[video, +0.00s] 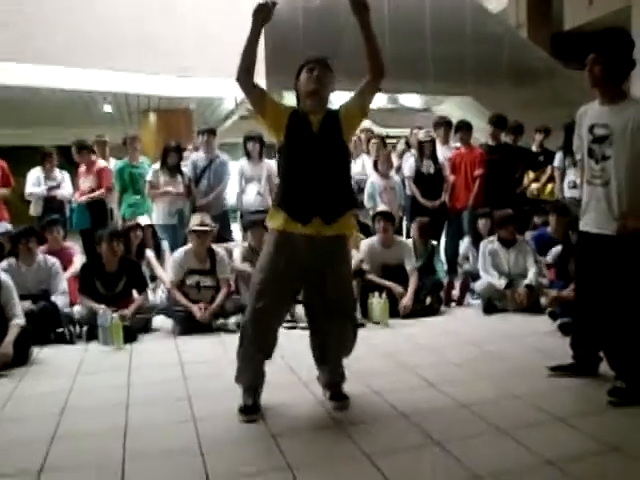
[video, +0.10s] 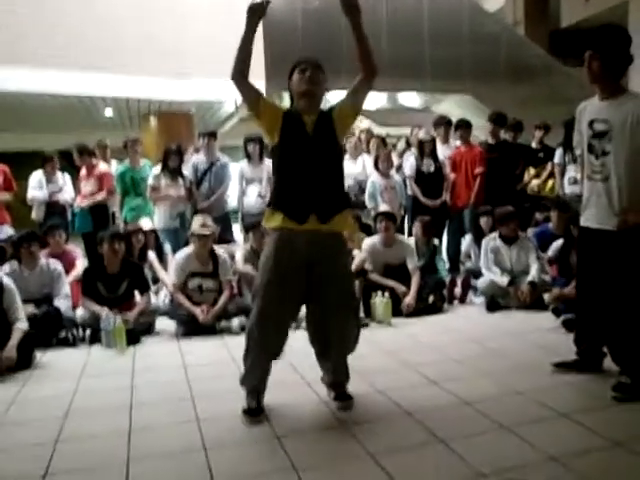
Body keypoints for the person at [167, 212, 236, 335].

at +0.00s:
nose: (202, 238)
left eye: (205, 233)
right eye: (197, 234)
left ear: (212, 235)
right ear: (191, 235)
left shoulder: (219, 256)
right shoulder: (180, 256)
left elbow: (225, 287)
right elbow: (172, 287)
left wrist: (212, 309)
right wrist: (192, 307)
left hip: (211, 301)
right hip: (187, 301)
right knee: (183, 323)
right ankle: (216, 324)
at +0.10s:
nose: (202, 241)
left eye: (206, 237)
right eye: (198, 237)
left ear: (213, 237)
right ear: (191, 238)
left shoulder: (221, 258)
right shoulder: (182, 258)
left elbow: (227, 289)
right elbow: (175, 290)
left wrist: (214, 311)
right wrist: (195, 310)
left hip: (214, 302)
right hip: (190, 302)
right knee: (184, 327)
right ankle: (220, 326)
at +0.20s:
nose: (202, 239)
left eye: (206, 235)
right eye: (198, 235)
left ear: (213, 237)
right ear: (192, 238)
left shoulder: (222, 257)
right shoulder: (182, 258)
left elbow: (228, 288)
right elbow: (175, 290)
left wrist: (214, 311)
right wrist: (195, 309)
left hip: (215, 303)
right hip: (191, 303)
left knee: (241, 304)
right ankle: (218, 326)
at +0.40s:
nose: (206, 239)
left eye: (210, 235)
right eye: (202, 235)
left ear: (216, 237)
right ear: (195, 237)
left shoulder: (224, 257)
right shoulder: (185, 258)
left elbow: (230, 288)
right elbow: (178, 290)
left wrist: (218, 310)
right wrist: (198, 310)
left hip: (218, 304)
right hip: (194, 304)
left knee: (245, 304)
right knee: (168, 310)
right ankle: (220, 326)